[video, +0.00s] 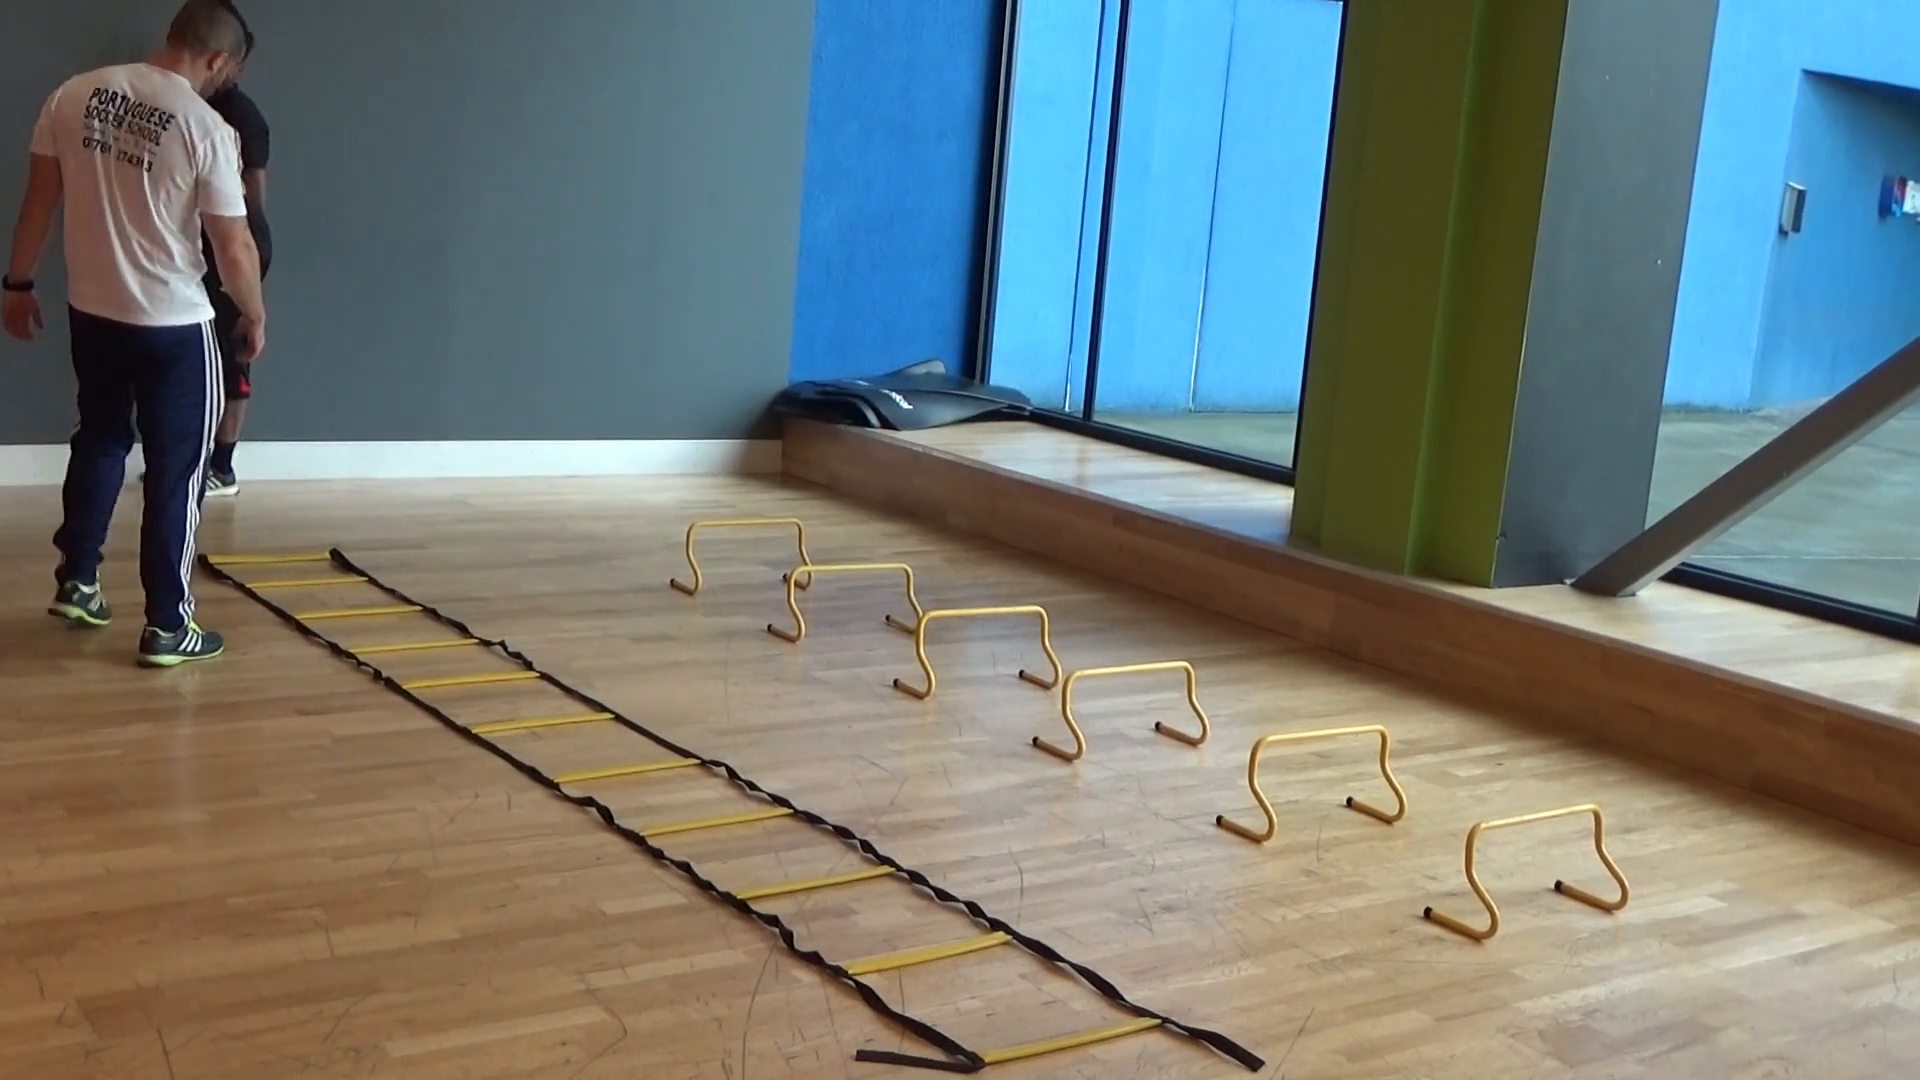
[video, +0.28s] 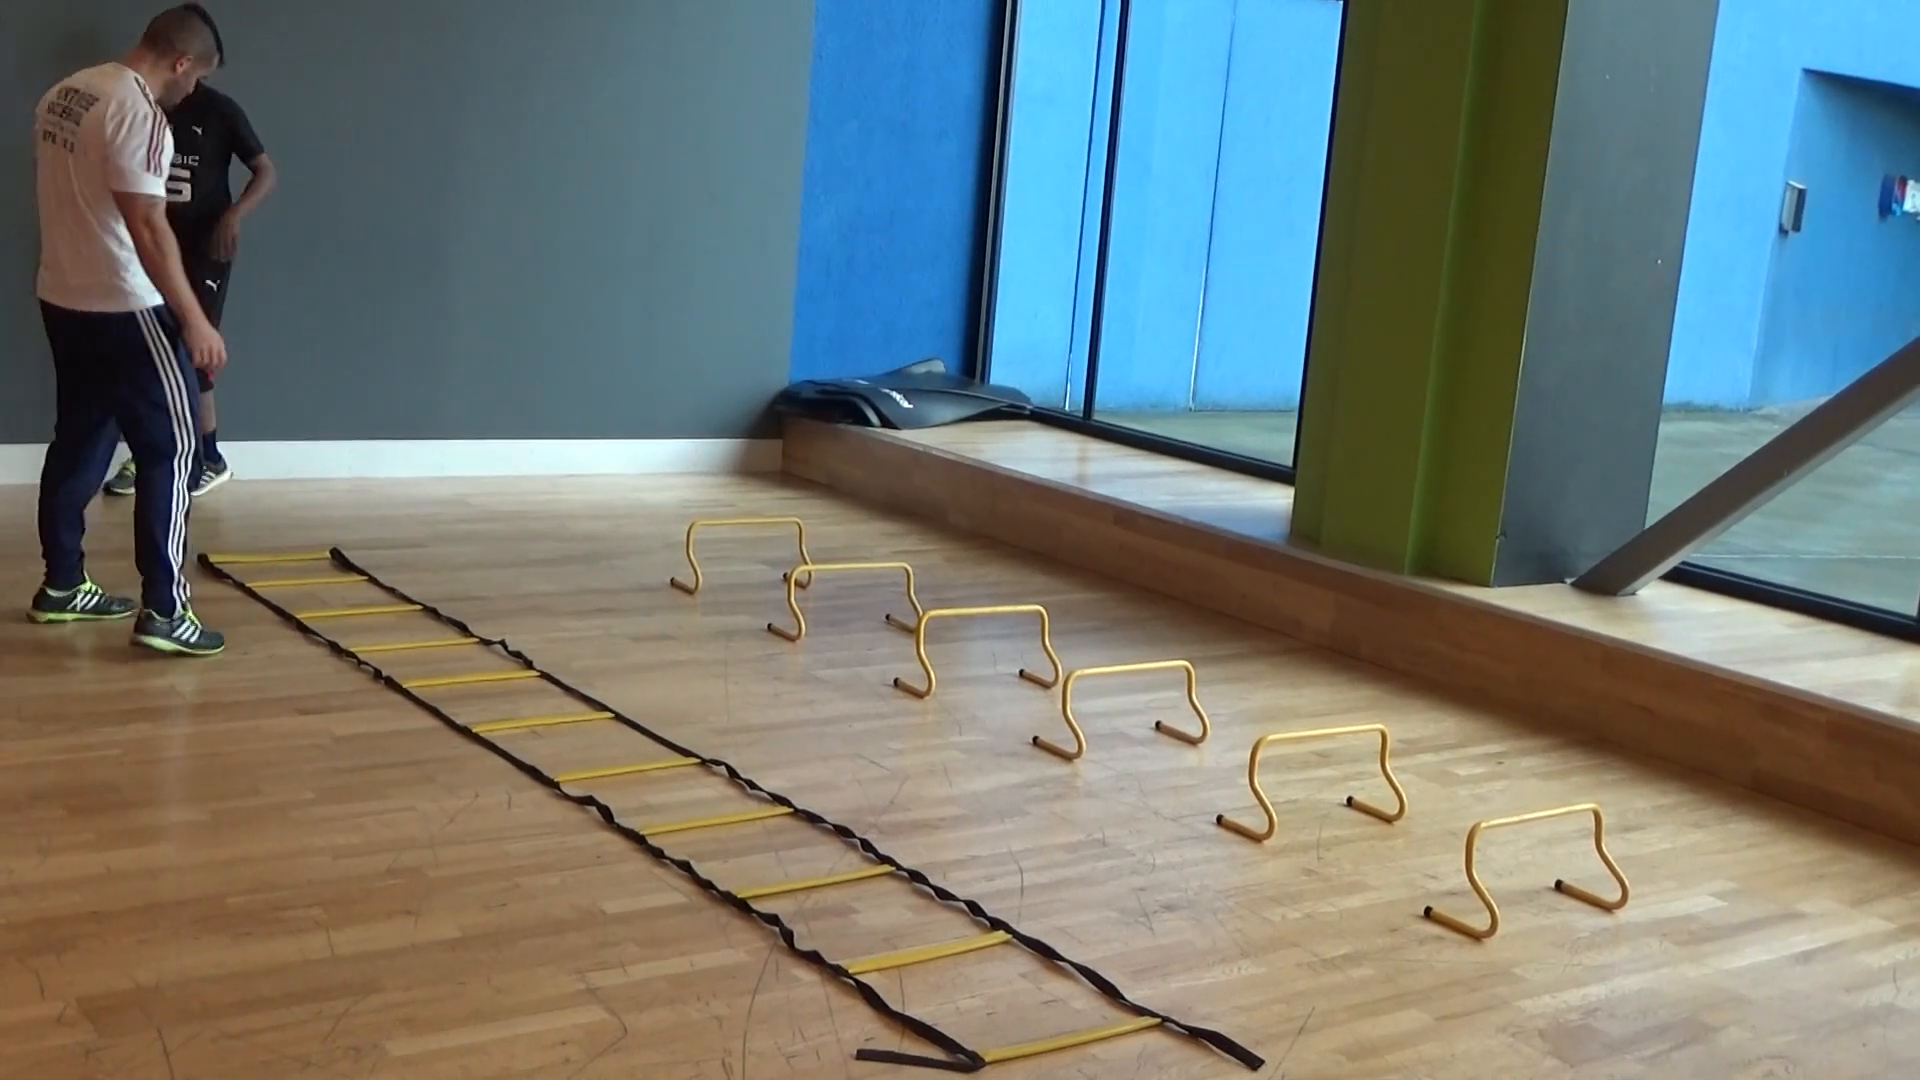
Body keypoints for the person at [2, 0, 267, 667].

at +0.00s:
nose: (222, 81)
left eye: (226, 72)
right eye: (227, 71)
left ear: (167, 38)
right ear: (214, 61)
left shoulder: (72, 93)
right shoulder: (208, 132)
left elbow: (39, 200)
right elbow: (232, 246)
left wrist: (17, 282)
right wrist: (255, 315)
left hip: (94, 317)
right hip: (174, 327)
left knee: (100, 439)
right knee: (175, 472)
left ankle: (77, 578)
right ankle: (169, 625)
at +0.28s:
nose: (188, 93)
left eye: (194, 82)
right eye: (193, 80)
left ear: (145, 44)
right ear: (177, 60)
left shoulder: (63, 92)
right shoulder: (136, 111)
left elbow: (64, 204)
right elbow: (147, 226)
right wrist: (196, 319)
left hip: (66, 301)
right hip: (127, 305)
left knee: (81, 439)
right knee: (171, 449)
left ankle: (63, 586)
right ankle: (166, 610)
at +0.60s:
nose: (145, 60)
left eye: (152, 52)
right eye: (139, 45)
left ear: (141, 54)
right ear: (98, 29)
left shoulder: (90, 101)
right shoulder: (62, 90)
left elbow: (92, 201)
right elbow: (32, 190)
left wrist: (145, 257)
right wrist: (50, 292)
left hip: (75, 290)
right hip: (60, 293)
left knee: (62, 431)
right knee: (99, 430)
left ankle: (61, 581)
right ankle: (4, 544)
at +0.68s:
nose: (125, 50)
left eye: (132, 41)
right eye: (116, 34)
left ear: (131, 46)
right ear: (77, 22)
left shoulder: (88, 99)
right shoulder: (46, 89)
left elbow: (89, 201)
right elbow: (14, 194)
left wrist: (138, 261)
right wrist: (33, 294)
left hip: (88, 299)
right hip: (52, 301)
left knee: (75, 440)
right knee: (44, 439)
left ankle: (63, 581)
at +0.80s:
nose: (106, 53)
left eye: (114, 44)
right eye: (98, 37)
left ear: (118, 43)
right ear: (60, 20)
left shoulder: (73, 94)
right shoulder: (27, 88)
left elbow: (72, 199)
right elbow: (4, 195)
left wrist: (112, 267)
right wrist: (19, 292)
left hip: (77, 303)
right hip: (32, 304)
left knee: (64, 444)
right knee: (9, 444)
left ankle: (63, 580)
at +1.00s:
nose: (103, 74)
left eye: (110, 64)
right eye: (98, 59)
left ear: (64, 42)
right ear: (57, 37)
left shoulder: (54, 99)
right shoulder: (16, 97)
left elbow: (33, 193)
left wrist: (60, 261)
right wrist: (8, 296)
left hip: (29, 294)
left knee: (41, 429)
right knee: (11, 438)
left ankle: (36, 567)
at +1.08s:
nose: (96, 66)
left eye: (101, 57)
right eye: (92, 52)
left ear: (56, 38)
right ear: (52, 36)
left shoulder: (44, 98)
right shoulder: (13, 92)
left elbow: (20, 195)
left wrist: (41, 257)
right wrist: (3, 301)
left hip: (21, 289)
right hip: (2, 291)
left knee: (32, 409)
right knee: (11, 421)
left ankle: (8, 556)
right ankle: (3, 566)